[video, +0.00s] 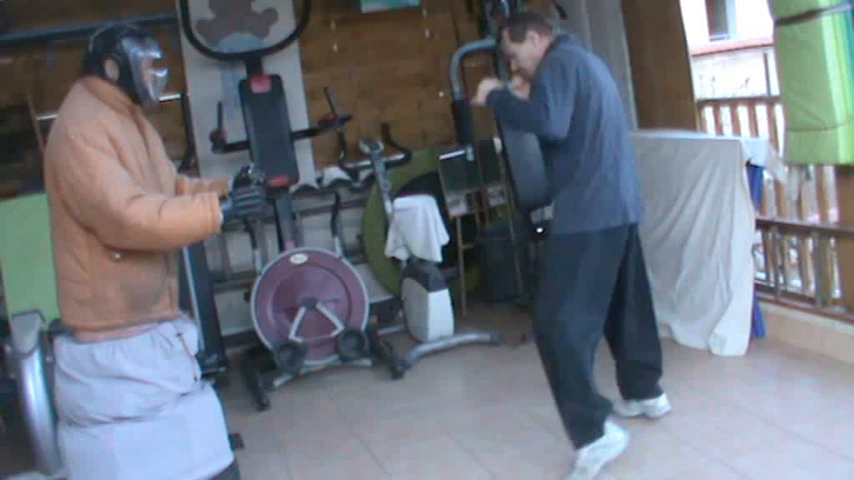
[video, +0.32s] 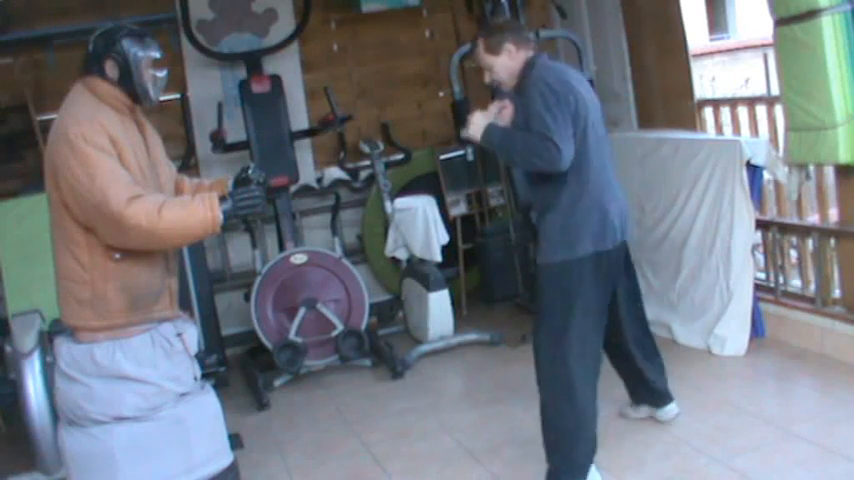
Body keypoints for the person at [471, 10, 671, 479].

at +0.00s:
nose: (517, 65)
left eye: (517, 57)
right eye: (513, 59)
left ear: (536, 37)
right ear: (543, 34)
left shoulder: (560, 62)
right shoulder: (585, 59)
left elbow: (550, 123)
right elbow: (576, 124)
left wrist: (496, 97)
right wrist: (532, 92)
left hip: (587, 213)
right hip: (621, 208)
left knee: (556, 323)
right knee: (627, 302)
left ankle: (595, 435)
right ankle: (645, 393)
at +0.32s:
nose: (488, 78)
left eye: (490, 67)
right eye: (485, 70)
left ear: (514, 50)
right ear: (517, 50)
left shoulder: (541, 80)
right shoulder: (562, 74)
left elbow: (552, 154)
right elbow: (566, 143)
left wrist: (488, 134)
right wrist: (515, 122)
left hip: (574, 237)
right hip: (604, 226)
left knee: (562, 356)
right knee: (621, 322)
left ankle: (572, 469)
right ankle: (656, 398)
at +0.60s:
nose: (505, 91)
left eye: (506, 80)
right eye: (503, 82)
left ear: (529, 67)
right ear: (538, 67)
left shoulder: (549, 102)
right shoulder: (589, 99)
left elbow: (527, 178)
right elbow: (569, 170)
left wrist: (480, 135)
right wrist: (512, 134)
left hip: (568, 258)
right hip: (613, 252)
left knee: (522, 361)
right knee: (638, 341)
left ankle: (560, 471)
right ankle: (705, 408)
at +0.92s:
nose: (533, 69)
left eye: (533, 60)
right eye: (529, 62)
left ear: (556, 44)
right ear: (563, 43)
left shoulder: (579, 77)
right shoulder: (612, 72)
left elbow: (559, 149)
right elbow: (593, 141)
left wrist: (509, 109)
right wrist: (549, 103)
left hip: (603, 225)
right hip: (641, 218)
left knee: (552, 320)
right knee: (651, 307)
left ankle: (598, 435)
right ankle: (699, 395)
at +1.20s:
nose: (527, 70)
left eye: (527, 59)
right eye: (523, 63)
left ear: (549, 41)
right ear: (554, 41)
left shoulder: (577, 72)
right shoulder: (599, 68)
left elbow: (564, 145)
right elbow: (593, 141)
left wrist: (512, 100)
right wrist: (549, 106)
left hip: (599, 223)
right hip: (628, 216)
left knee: (556, 328)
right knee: (651, 312)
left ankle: (564, 454)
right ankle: (699, 396)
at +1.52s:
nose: (480, 75)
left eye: (480, 66)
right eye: (477, 67)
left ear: (501, 54)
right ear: (521, 50)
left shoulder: (513, 91)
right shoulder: (571, 82)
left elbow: (496, 158)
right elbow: (562, 142)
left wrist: (453, 115)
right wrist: (501, 108)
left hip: (545, 243)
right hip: (592, 234)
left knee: (509, 348)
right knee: (597, 319)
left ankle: (527, 464)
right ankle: (649, 404)